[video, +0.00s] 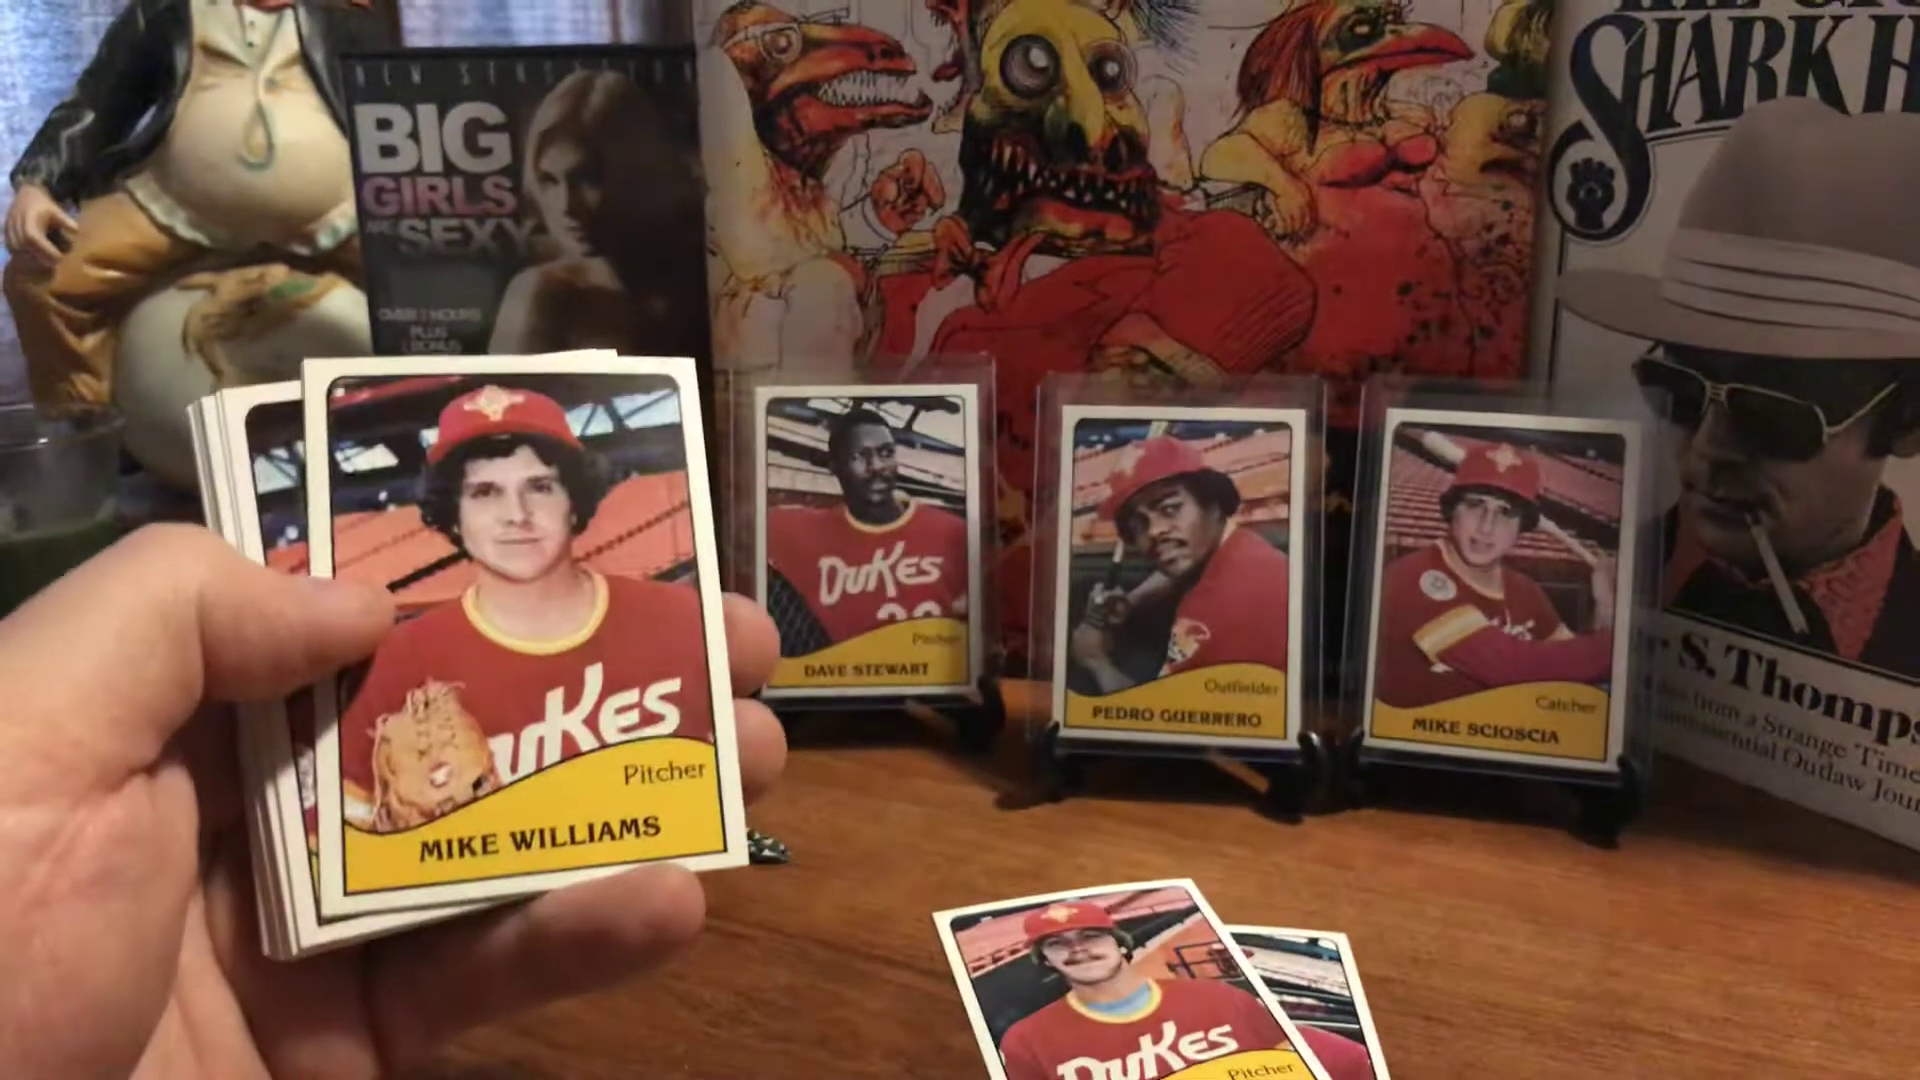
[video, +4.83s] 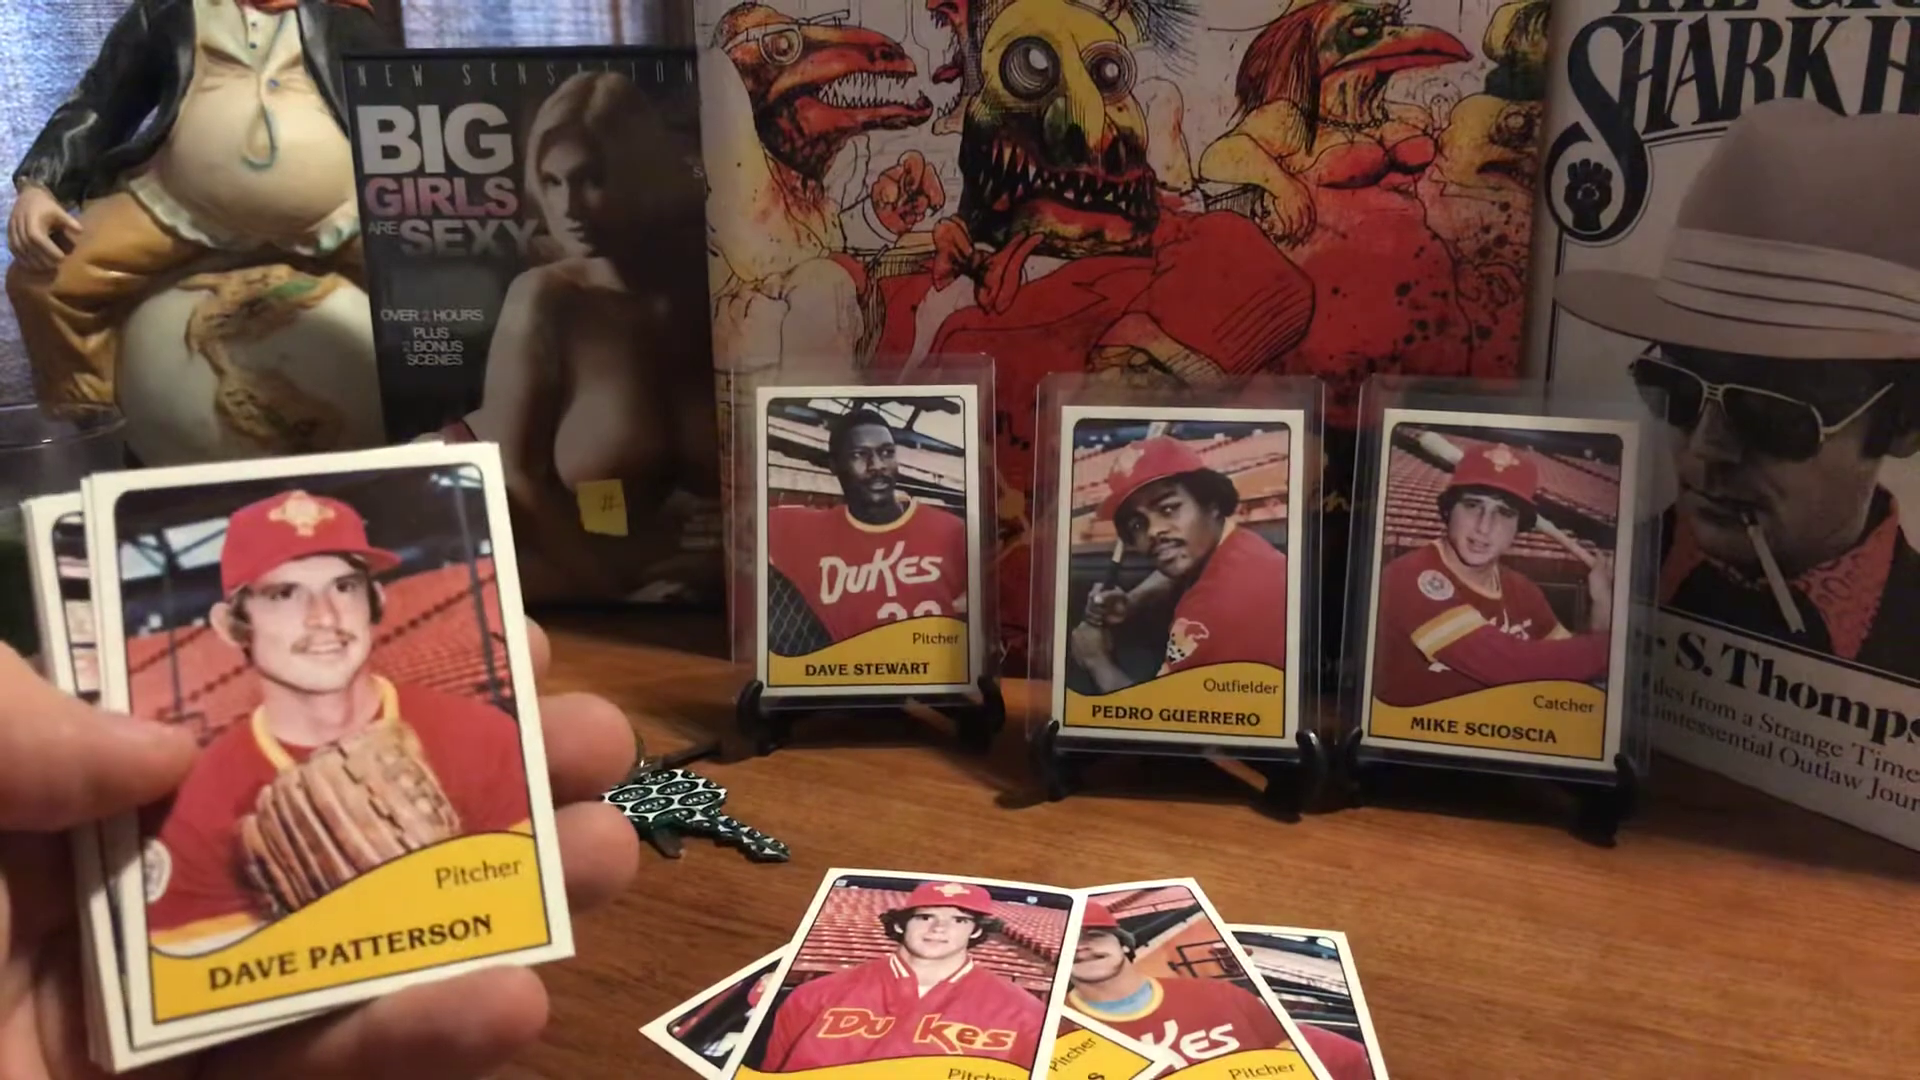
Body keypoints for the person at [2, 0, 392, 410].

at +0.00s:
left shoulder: (349, 18)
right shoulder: (164, 12)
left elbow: (400, 103)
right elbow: (96, 103)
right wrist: (34, 183)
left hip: (336, 214)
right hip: (175, 209)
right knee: (41, 281)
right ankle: (98, 447)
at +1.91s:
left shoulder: (348, 19)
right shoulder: (164, 11)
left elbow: (400, 107)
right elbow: (94, 103)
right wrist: (32, 181)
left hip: (338, 212)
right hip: (176, 207)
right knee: (41, 280)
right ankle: (98, 443)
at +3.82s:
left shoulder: (348, 20)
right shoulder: (165, 12)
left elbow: (400, 108)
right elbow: (97, 104)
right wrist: (36, 183)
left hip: (338, 212)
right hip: (178, 206)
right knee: (42, 282)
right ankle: (104, 452)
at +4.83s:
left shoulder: (349, 21)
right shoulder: (166, 13)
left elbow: (408, 106)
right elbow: (99, 103)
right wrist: (37, 184)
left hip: (342, 214)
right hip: (181, 208)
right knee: (44, 282)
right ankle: (102, 454)